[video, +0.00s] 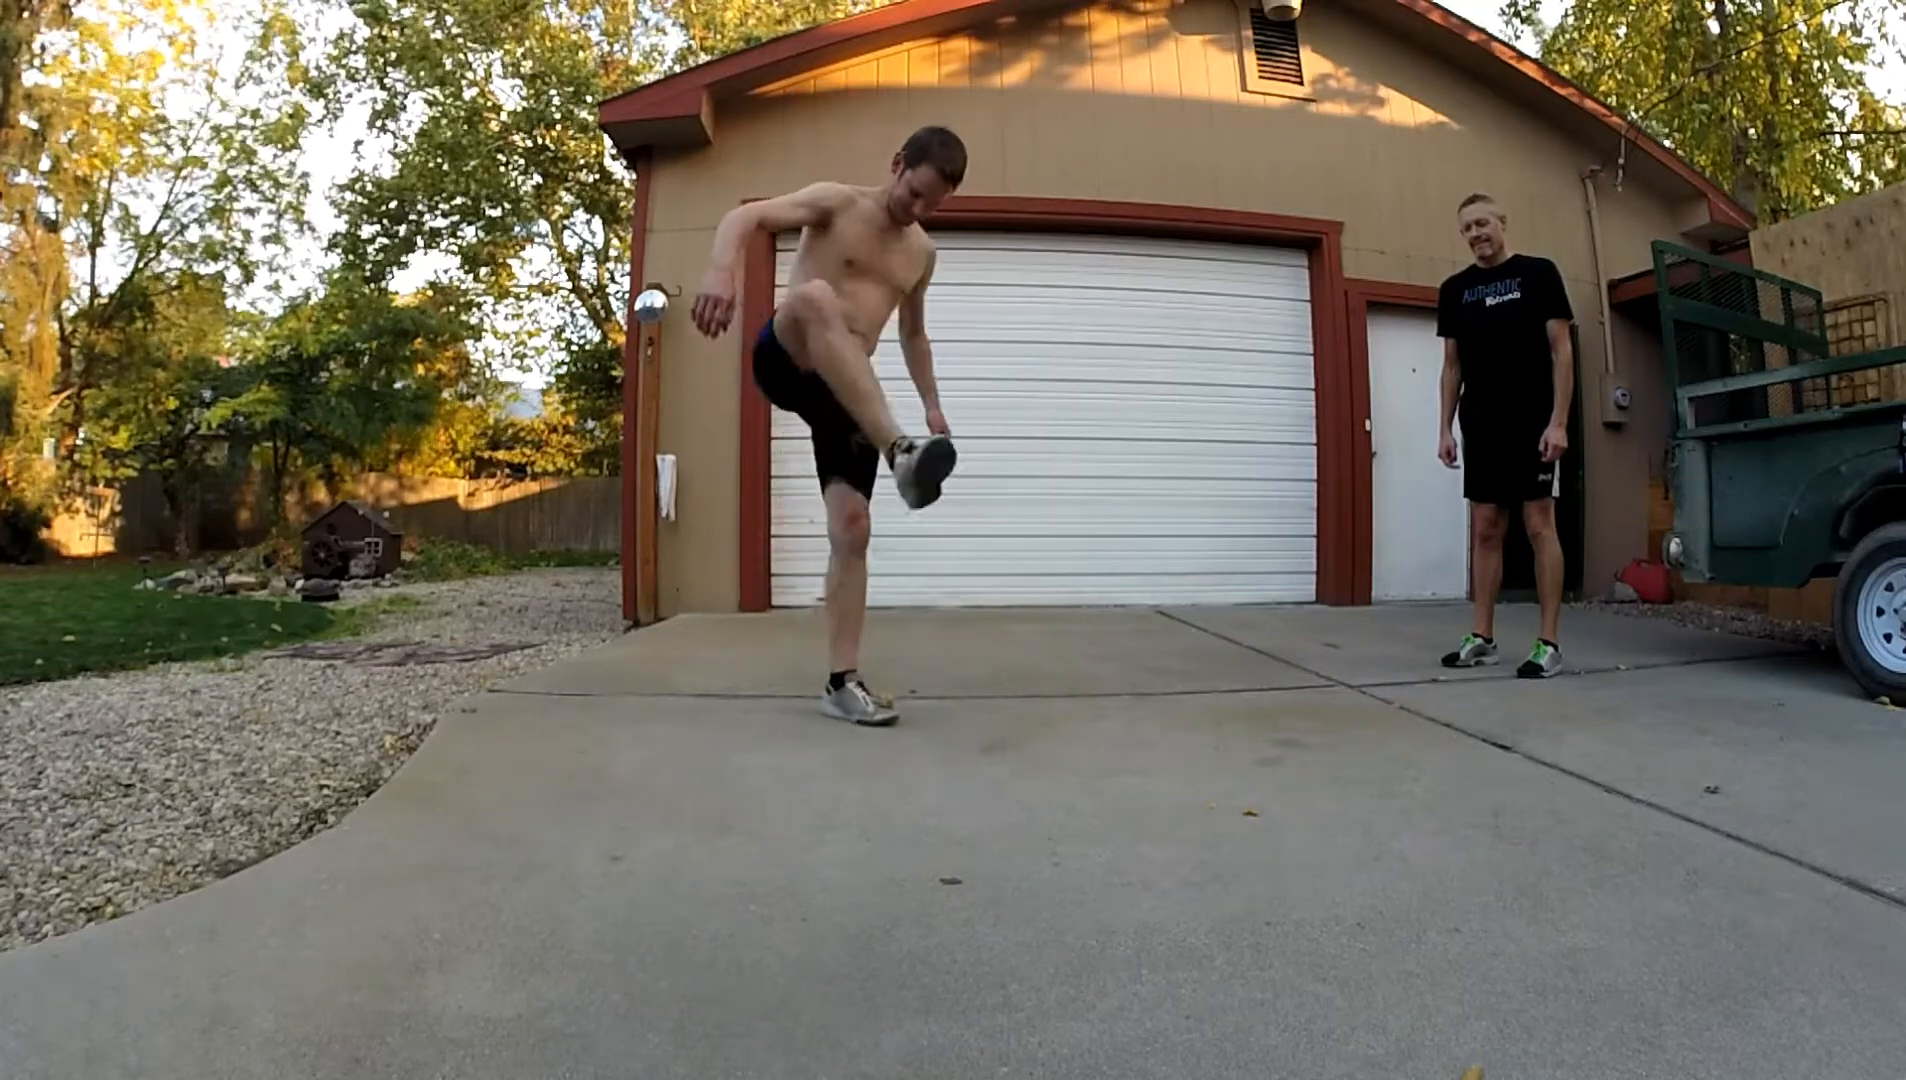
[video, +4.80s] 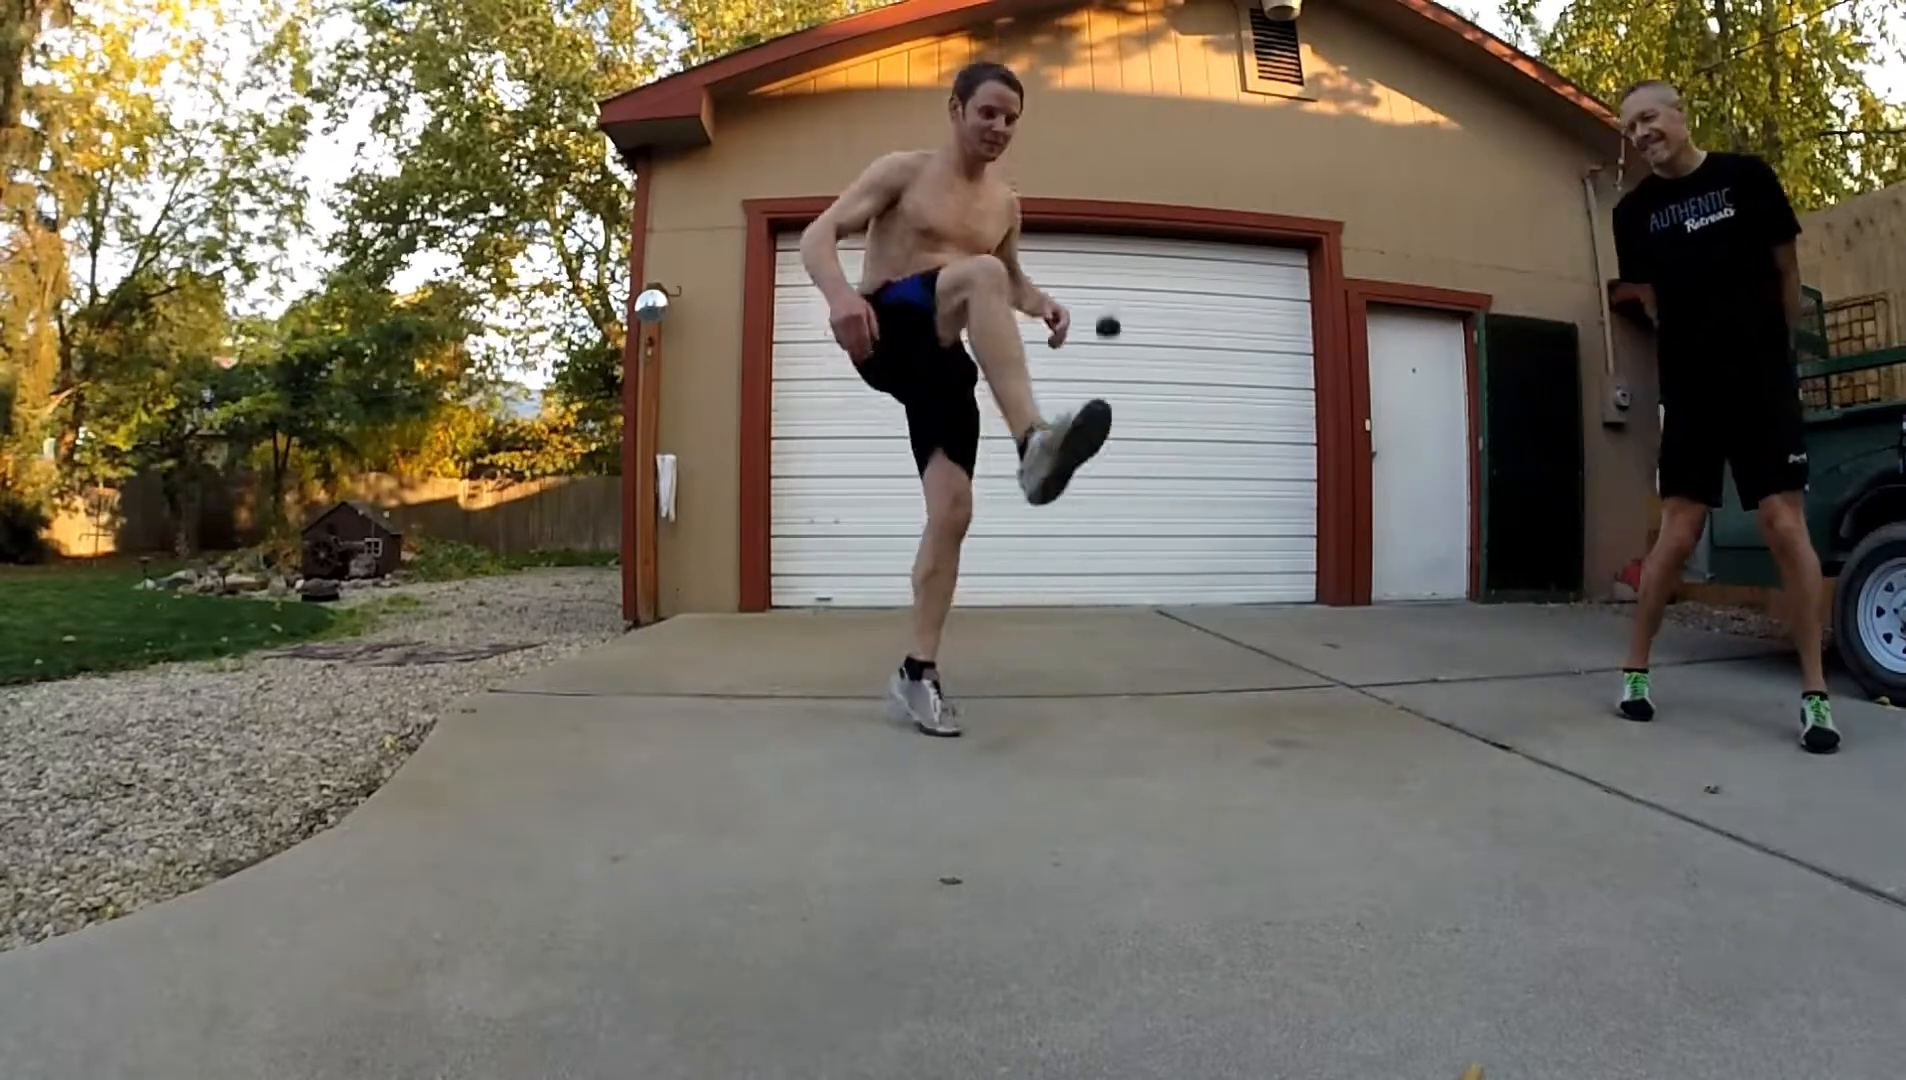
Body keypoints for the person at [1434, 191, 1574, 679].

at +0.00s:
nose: (1476, 232)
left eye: (1483, 223)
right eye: (1468, 227)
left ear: (1503, 225)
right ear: (1461, 236)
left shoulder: (1539, 273)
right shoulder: (1454, 290)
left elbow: (1562, 350)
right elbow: (1452, 364)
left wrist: (1558, 422)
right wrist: (1446, 428)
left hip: (1534, 420)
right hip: (1483, 423)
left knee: (1539, 527)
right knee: (1485, 529)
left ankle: (1549, 642)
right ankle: (1482, 636)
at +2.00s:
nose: (1448, 234)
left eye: (1455, 226)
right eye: (1440, 229)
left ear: (1476, 234)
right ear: (1434, 241)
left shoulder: (1511, 275)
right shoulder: (1430, 300)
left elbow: (1542, 346)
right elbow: (1447, 364)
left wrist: (1530, 402)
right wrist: (1477, 399)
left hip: (1514, 413)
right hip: (1465, 419)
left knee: (1529, 521)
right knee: (1478, 528)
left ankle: (1558, 641)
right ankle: (1481, 636)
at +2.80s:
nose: (1543, 211)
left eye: (1550, 202)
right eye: (1533, 205)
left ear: (1567, 207)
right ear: (1521, 213)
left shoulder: (1598, 264)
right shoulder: (1500, 268)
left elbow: (1606, 340)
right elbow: (1496, 336)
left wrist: (1588, 382)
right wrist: (1519, 375)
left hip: (1579, 409)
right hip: (1522, 409)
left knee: (1573, 523)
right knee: (1505, 527)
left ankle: (1572, 648)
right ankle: (1487, 628)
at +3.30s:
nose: (1566, 201)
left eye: (1575, 191)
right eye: (1557, 195)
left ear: (1597, 192)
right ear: (1549, 203)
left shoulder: (1628, 259)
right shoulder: (1530, 254)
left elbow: (1629, 339)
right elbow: (1517, 337)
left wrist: (1606, 377)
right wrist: (1547, 373)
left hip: (1607, 398)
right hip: (1552, 401)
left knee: (1592, 524)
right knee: (1576, 514)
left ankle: (1575, 649)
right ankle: (1582, 654)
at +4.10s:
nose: (1583, 159)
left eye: (1590, 145)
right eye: (1571, 153)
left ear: (1618, 141)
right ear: (1565, 163)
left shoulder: (1666, 204)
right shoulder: (1558, 226)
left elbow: (1680, 284)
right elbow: (1557, 319)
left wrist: (1645, 337)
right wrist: (1597, 356)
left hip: (1668, 377)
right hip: (1608, 386)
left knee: (1687, 524)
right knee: (1635, 522)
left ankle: (1649, 646)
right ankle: (1630, 670)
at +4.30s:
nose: (1585, 148)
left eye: (1591, 135)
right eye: (1574, 144)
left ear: (1621, 132)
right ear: (1569, 156)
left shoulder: (1677, 200)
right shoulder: (1563, 221)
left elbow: (1696, 288)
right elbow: (1568, 315)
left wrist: (1667, 341)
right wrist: (1612, 349)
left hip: (1682, 376)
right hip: (1617, 385)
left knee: (1723, 524)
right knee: (1642, 524)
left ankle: (1738, 668)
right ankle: (1631, 670)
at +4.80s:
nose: (1641, 131)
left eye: (1650, 116)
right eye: (1631, 126)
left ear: (1684, 119)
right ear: (1629, 143)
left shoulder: (1748, 176)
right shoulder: (1633, 214)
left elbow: (1787, 275)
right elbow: (1649, 303)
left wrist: (1772, 343)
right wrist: (1695, 345)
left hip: (1762, 376)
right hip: (1691, 385)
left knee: (1785, 527)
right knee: (1679, 534)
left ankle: (1815, 691)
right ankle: (1635, 671)